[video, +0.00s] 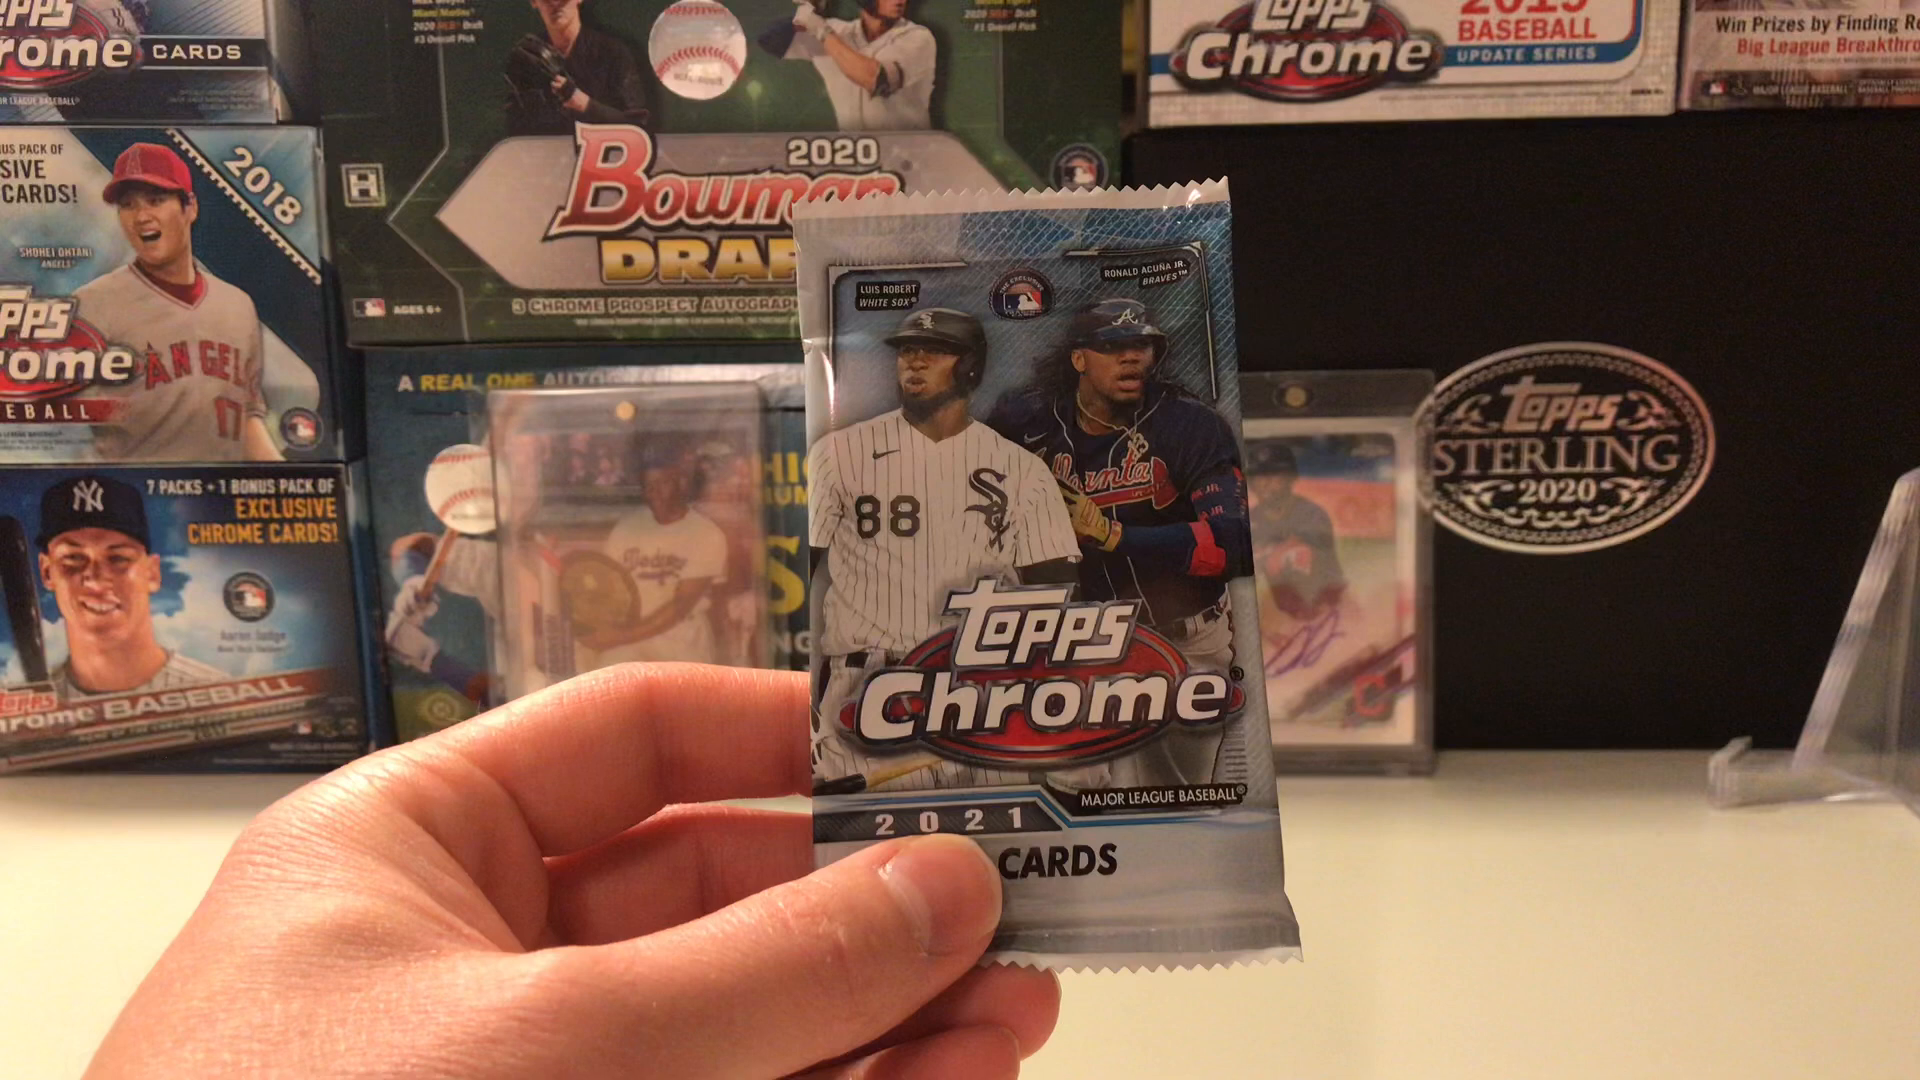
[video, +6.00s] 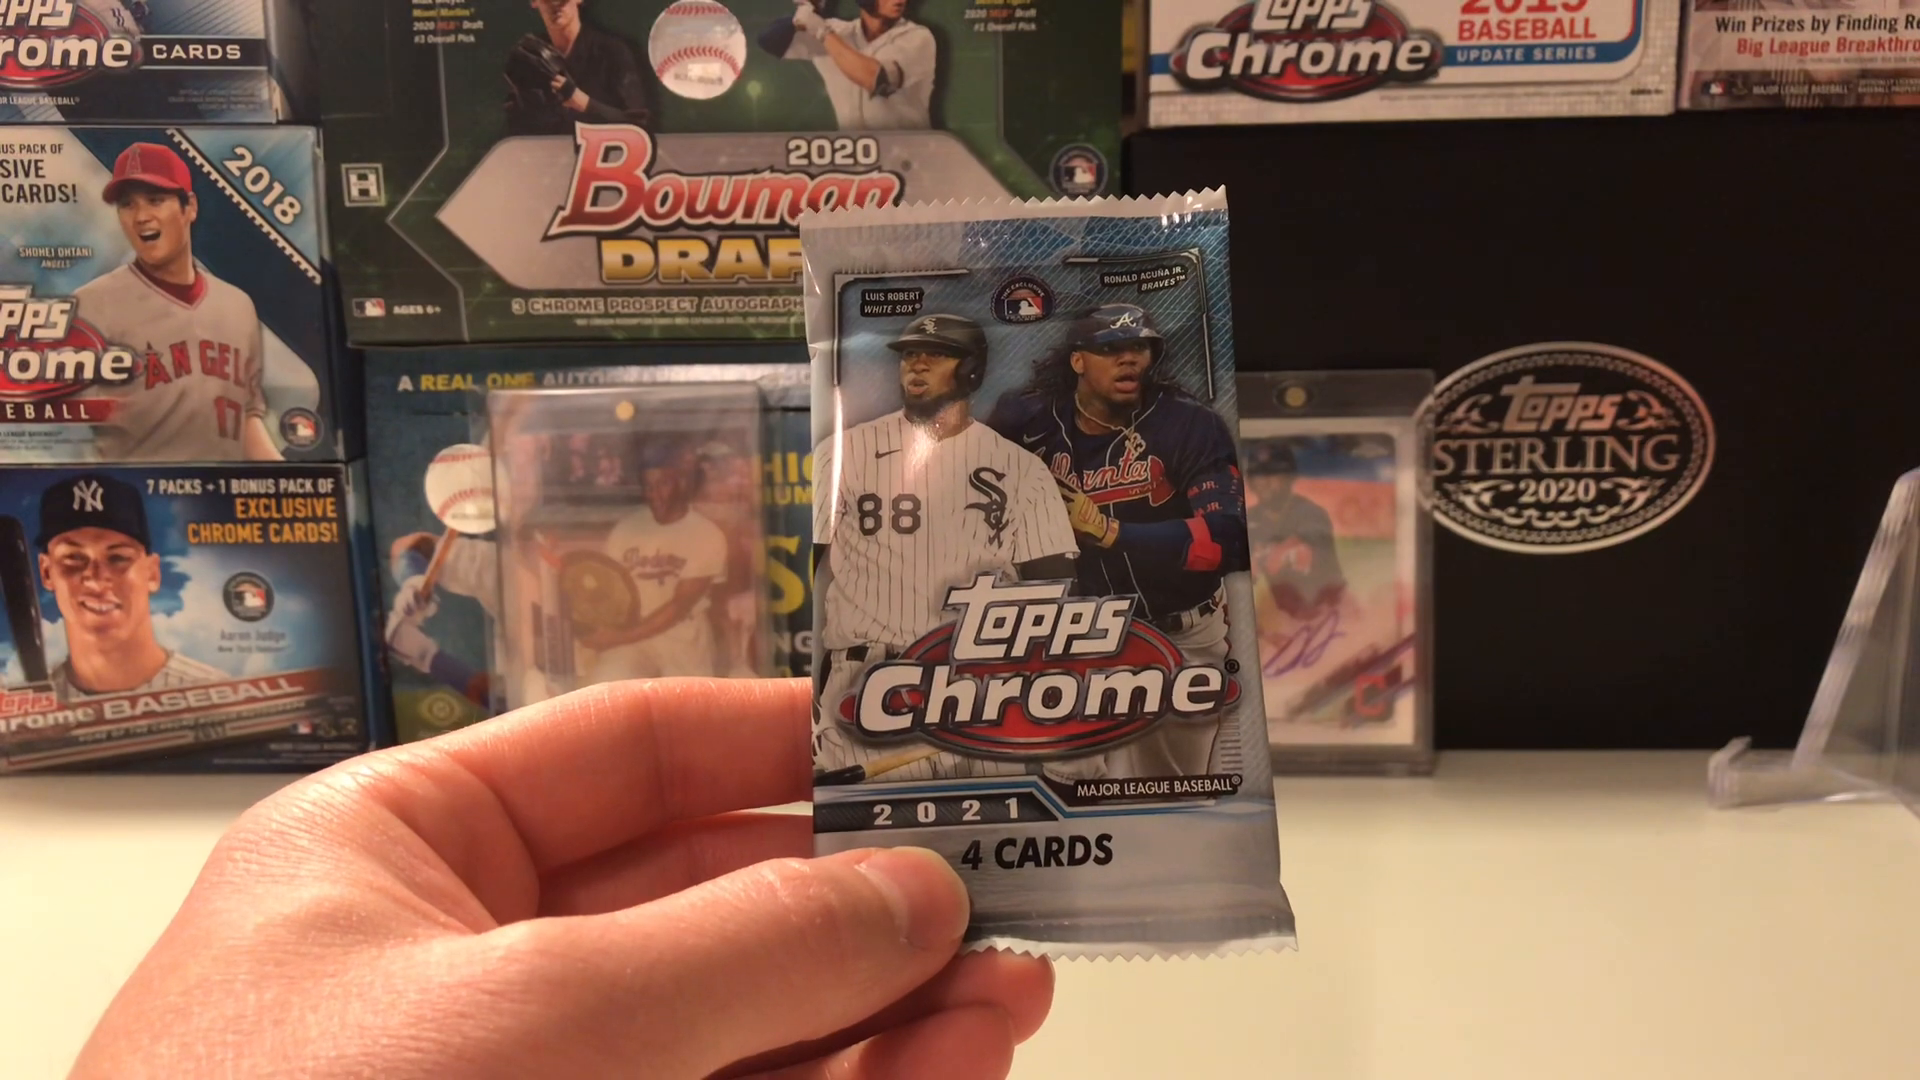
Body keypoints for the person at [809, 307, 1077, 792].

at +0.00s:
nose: (913, 363)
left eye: (931, 352)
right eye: (906, 351)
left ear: (968, 367)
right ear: (896, 360)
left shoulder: (1022, 472)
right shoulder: (837, 457)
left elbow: (1052, 595)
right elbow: (797, 582)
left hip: (977, 705)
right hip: (858, 704)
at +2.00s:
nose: (911, 360)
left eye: (929, 348)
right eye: (904, 348)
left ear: (966, 364)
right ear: (893, 358)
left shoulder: (1019, 468)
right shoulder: (833, 454)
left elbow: (1050, 590)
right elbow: (802, 578)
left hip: (975, 694)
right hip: (857, 693)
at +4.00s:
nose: (904, 365)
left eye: (922, 354)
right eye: (897, 353)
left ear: (957, 368)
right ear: (887, 363)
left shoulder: (1011, 469)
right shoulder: (834, 455)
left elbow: (1043, 588)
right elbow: (791, 575)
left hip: (968, 696)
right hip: (851, 694)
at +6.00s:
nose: (916, 366)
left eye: (933, 356)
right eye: (909, 355)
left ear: (968, 370)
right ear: (899, 365)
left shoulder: (1020, 471)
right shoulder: (840, 456)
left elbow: (1051, 594)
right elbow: (812, 571)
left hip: (975, 694)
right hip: (856, 692)